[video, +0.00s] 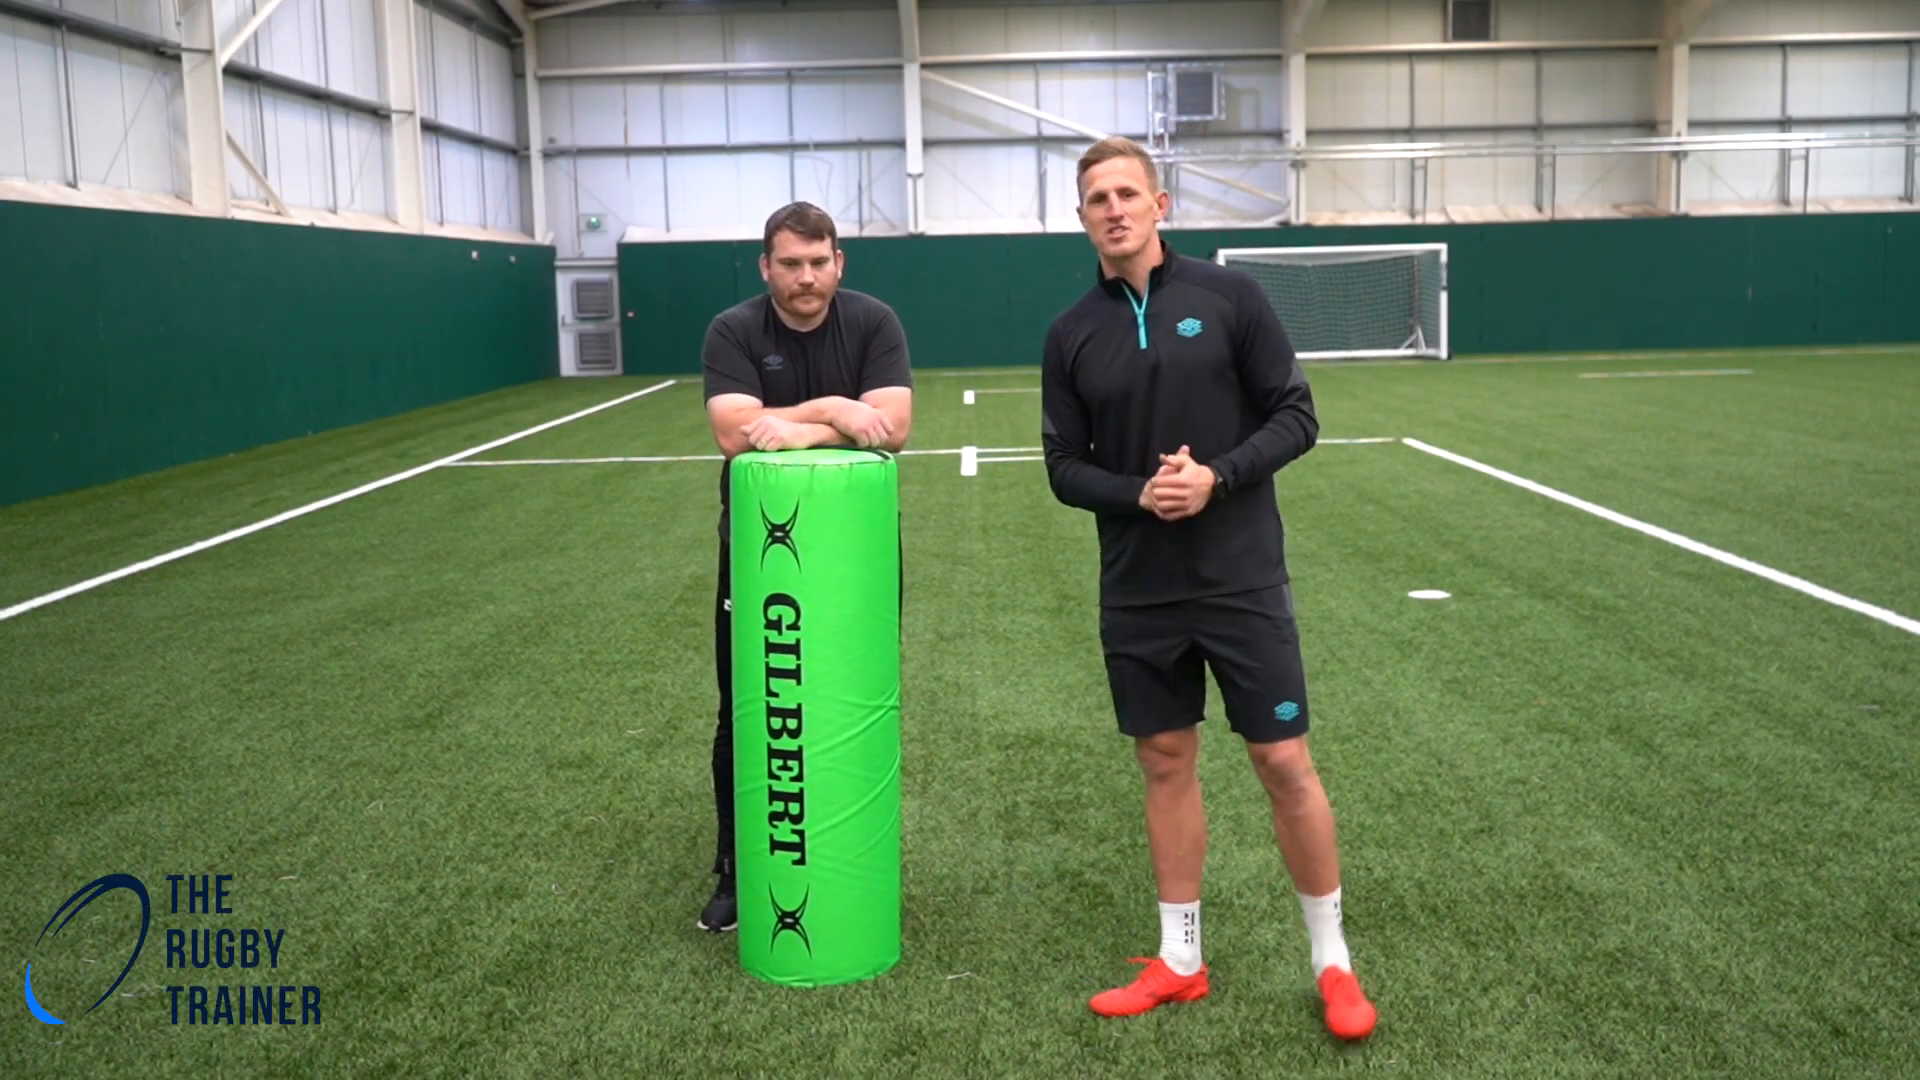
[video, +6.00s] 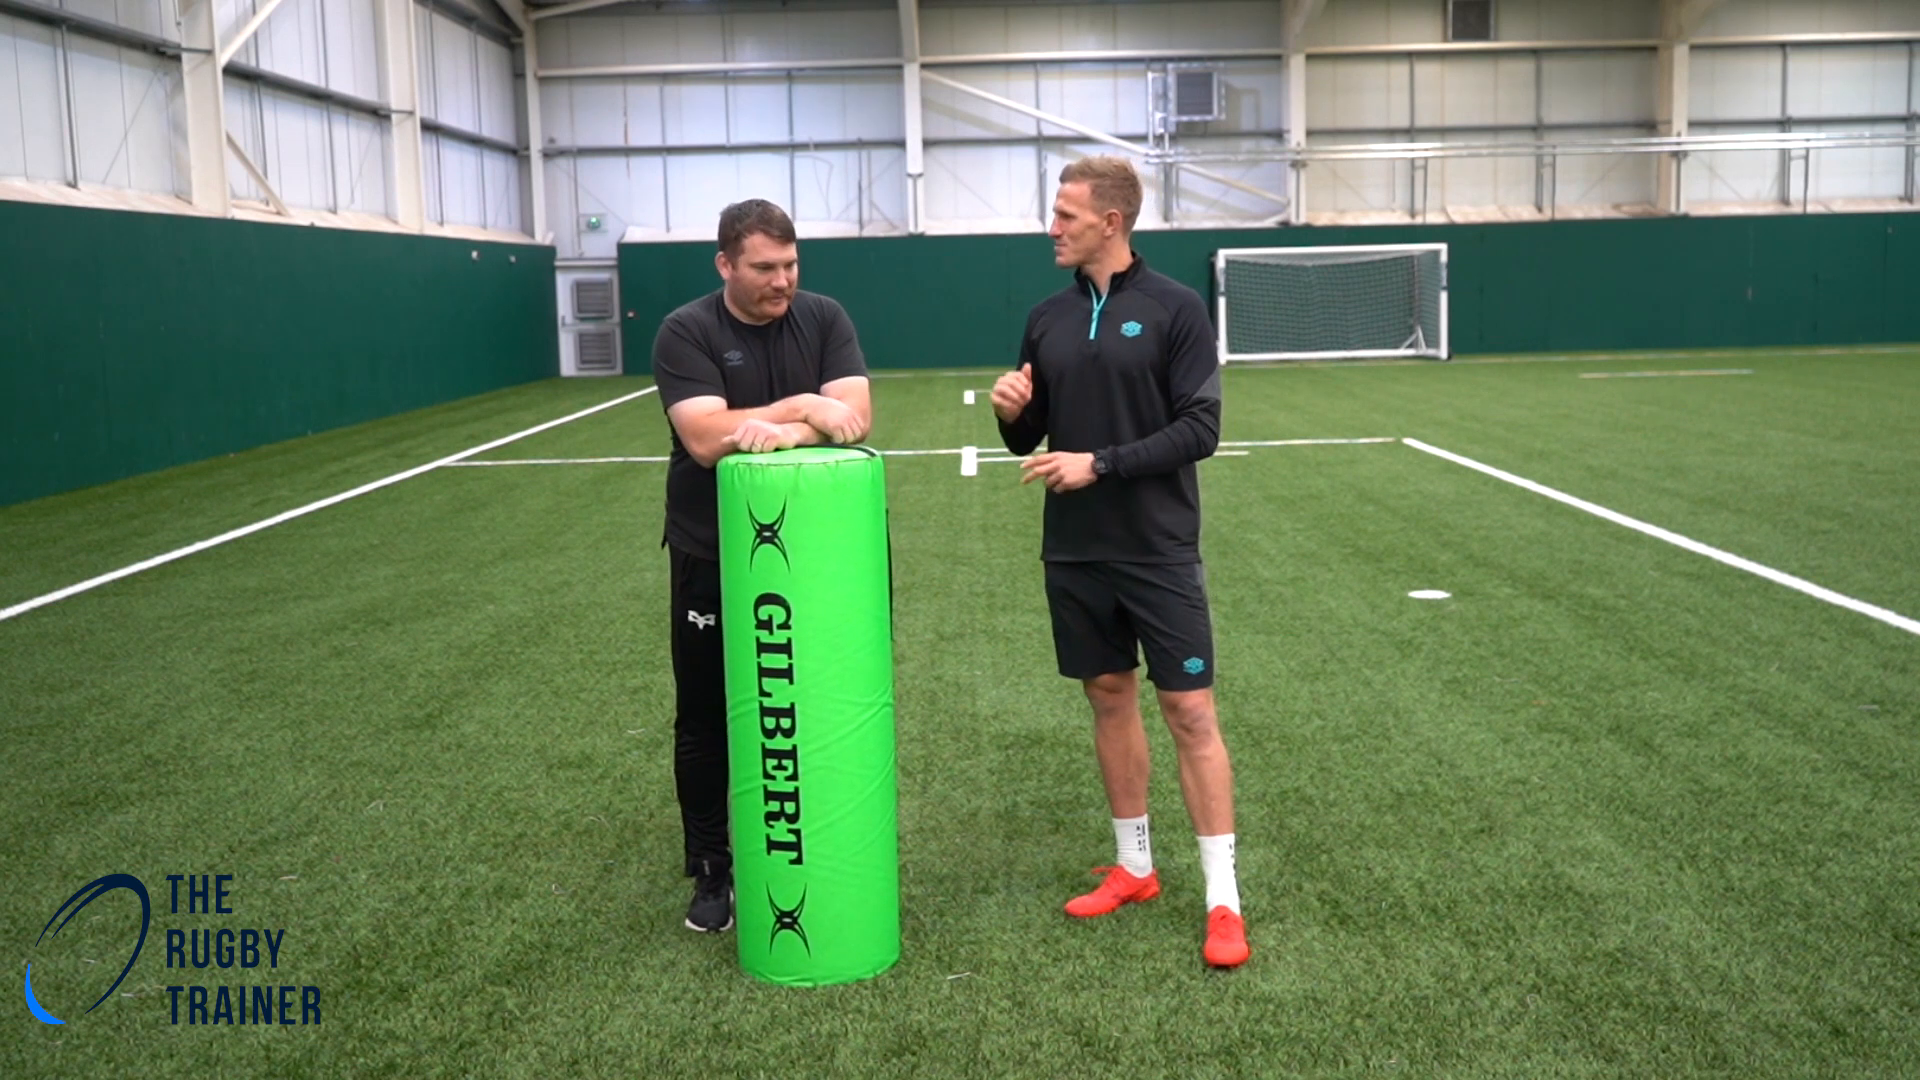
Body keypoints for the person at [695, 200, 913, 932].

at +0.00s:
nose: (806, 278)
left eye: (819, 264)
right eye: (791, 265)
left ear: (838, 262)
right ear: (766, 267)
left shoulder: (873, 322)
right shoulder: (735, 331)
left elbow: (892, 426)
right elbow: (735, 435)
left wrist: (785, 423)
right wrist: (837, 412)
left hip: (853, 548)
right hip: (758, 549)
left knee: (852, 717)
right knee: (746, 713)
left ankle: (849, 882)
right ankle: (736, 875)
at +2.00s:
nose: (864, 257)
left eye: (866, 244)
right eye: (849, 243)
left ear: (863, 255)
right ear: (801, 252)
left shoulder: (878, 322)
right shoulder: (748, 320)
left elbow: (893, 416)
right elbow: (730, 424)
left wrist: (785, 414)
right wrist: (850, 412)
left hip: (848, 544)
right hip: (755, 540)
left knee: (840, 705)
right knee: (739, 701)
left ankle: (834, 869)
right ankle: (724, 865)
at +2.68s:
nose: (776, 254)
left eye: (775, 242)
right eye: (760, 246)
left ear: (768, 249)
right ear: (712, 259)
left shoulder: (795, 315)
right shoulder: (664, 336)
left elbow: (836, 409)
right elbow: (679, 446)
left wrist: (742, 422)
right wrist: (789, 414)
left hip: (791, 555)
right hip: (701, 559)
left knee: (797, 713)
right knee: (701, 722)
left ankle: (803, 867)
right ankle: (711, 874)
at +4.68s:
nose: (822, 277)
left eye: (833, 264)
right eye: (807, 263)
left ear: (845, 263)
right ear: (772, 261)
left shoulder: (868, 321)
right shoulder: (730, 328)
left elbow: (884, 425)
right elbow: (730, 433)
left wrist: (783, 423)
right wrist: (833, 408)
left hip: (842, 554)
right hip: (746, 552)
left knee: (837, 715)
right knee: (728, 713)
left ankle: (831, 877)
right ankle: (716, 870)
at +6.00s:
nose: (780, 280)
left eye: (789, 265)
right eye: (764, 268)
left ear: (797, 259)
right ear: (724, 265)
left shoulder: (824, 318)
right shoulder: (687, 331)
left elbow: (853, 421)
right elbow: (704, 438)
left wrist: (772, 423)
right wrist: (809, 409)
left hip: (809, 552)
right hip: (710, 554)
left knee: (810, 710)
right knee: (707, 715)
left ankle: (815, 866)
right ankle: (713, 872)